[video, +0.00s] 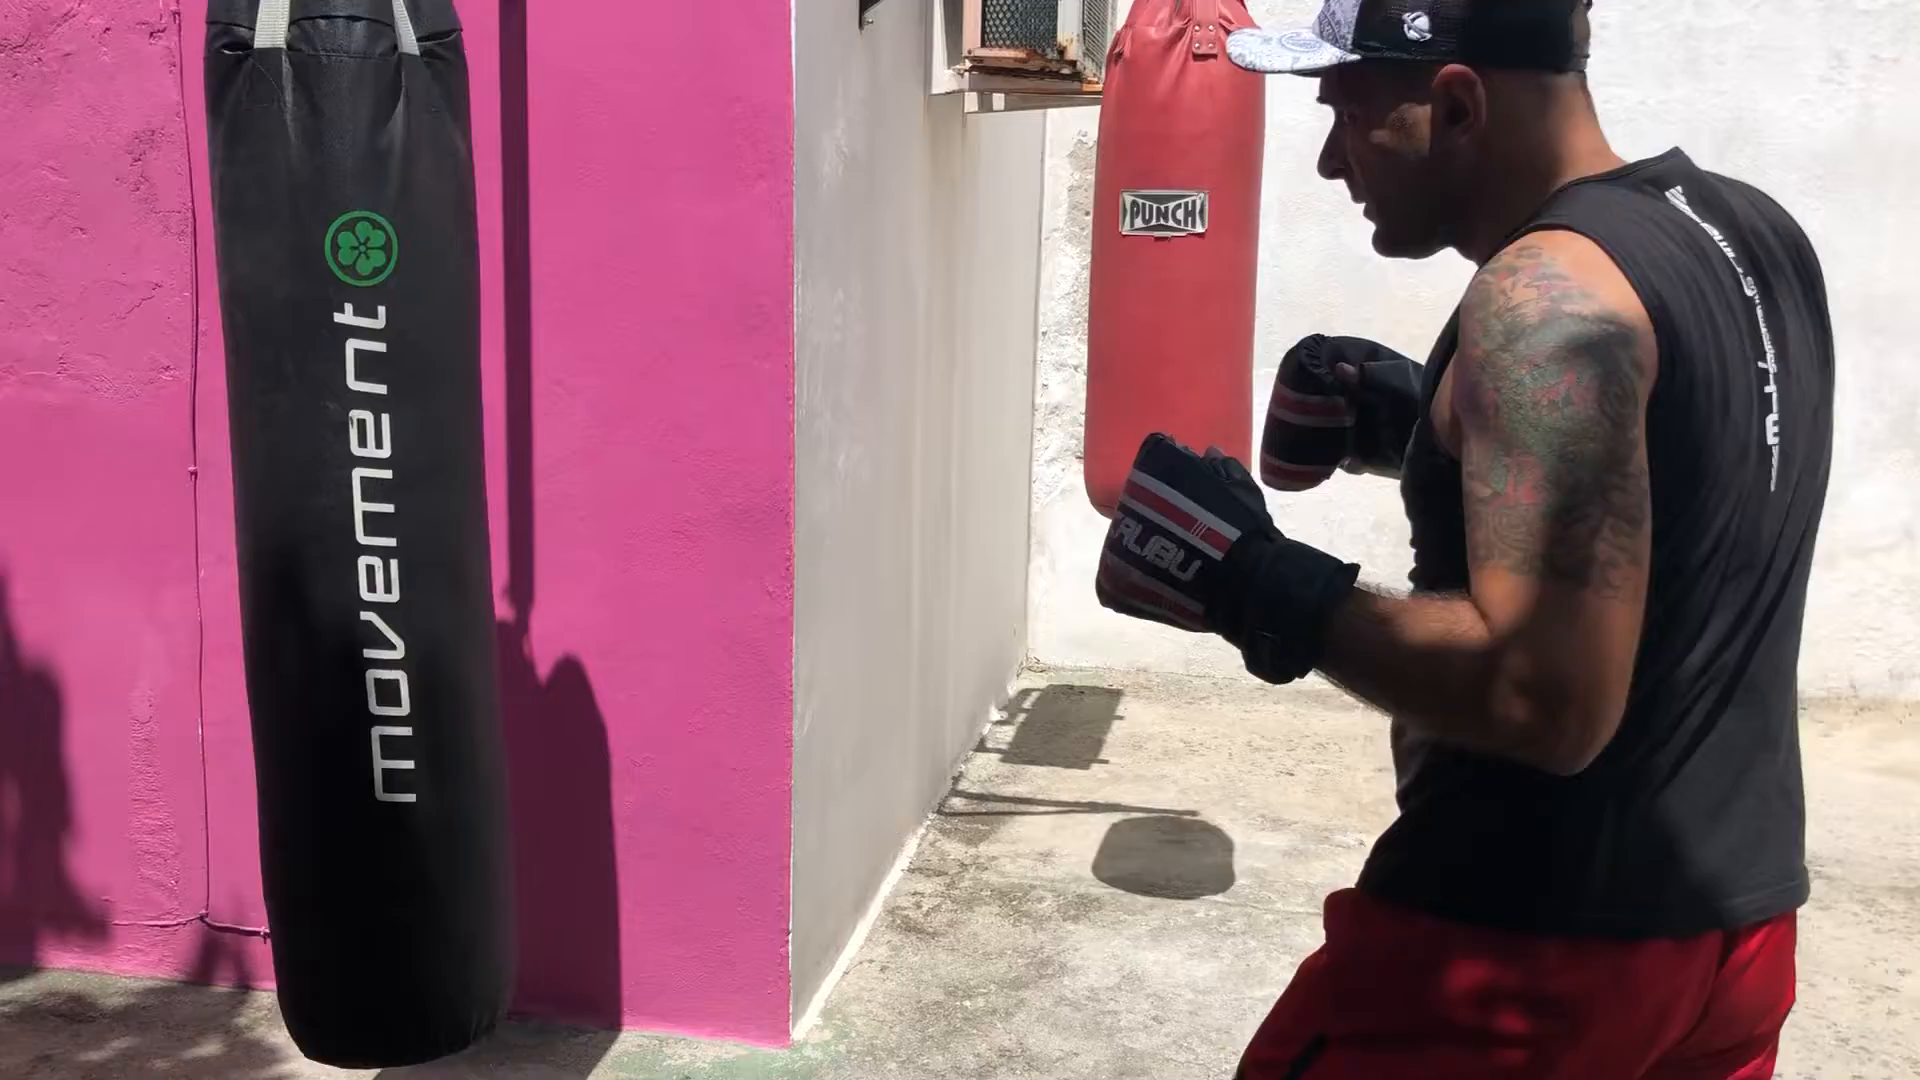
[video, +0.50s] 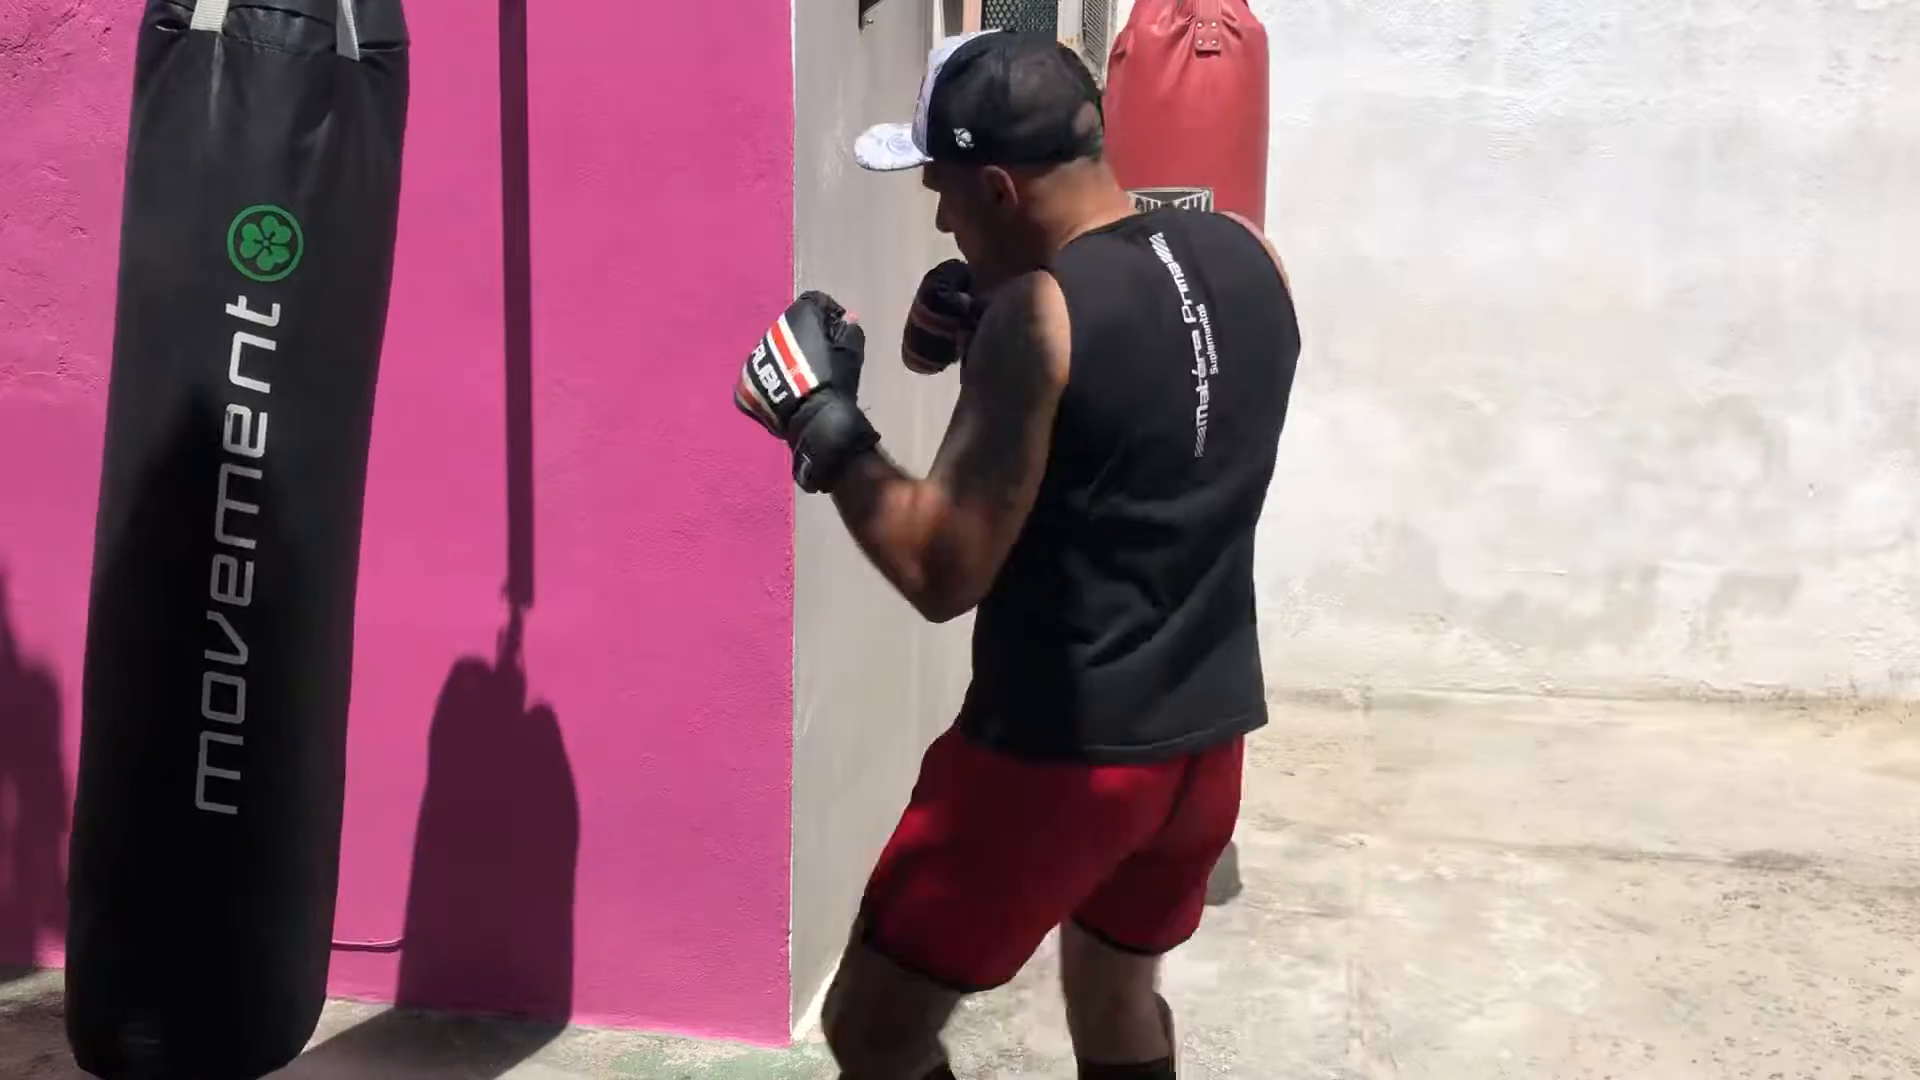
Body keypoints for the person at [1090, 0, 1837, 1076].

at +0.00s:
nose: (1328, 158)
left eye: (1353, 117)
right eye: (1332, 117)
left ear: (1460, 103)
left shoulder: (1549, 294)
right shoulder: (1757, 233)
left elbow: (1547, 698)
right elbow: (1672, 493)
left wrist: (1260, 587)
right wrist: (1424, 418)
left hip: (1513, 958)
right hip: (1735, 932)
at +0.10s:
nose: (1265, 180)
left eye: (1285, 141)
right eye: (1269, 142)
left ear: (1383, 132)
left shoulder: (1466, 319)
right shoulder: (1663, 256)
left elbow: (1446, 689)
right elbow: (1583, 497)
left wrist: (1182, 581)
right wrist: (1359, 419)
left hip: (1430, 943)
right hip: (1650, 919)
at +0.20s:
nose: (1168, 210)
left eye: (1175, 174)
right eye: (1164, 175)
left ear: (1255, 168)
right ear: (1366, 136)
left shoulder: (1314, 343)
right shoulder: (1541, 278)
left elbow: (1299, 687)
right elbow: (1447, 483)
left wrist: (1069, 582)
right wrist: (1250, 407)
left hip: (1309, 914)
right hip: (1520, 894)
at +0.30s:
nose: (1046, 208)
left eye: (1050, 176)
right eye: (1040, 175)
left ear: (1116, 172)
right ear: (1224, 128)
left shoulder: (1159, 326)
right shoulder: (1403, 260)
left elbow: (1113, 637)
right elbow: (1320, 431)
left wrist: (936, 529)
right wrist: (1134, 366)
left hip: (1173, 802)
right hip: (1362, 777)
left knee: (1076, 1058)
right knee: (1286, 1037)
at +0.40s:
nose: (982, 204)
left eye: (985, 173)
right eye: (976, 173)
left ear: (1043, 168)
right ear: (1144, 121)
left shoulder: (1086, 304)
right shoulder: (1316, 245)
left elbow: (1009, 594)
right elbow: (1246, 427)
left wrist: (873, 472)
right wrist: (1069, 357)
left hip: (1106, 767)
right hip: (1275, 743)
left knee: (1044, 1051)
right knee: (1194, 992)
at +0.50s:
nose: (944, 219)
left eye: (945, 193)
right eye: (936, 192)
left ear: (998, 187)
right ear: (1094, 140)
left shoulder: (1041, 312)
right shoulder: (1247, 263)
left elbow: (941, 573)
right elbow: (1161, 408)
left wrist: (830, 431)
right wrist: (1004, 330)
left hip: (1049, 758)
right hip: (1206, 742)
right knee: (1119, 992)